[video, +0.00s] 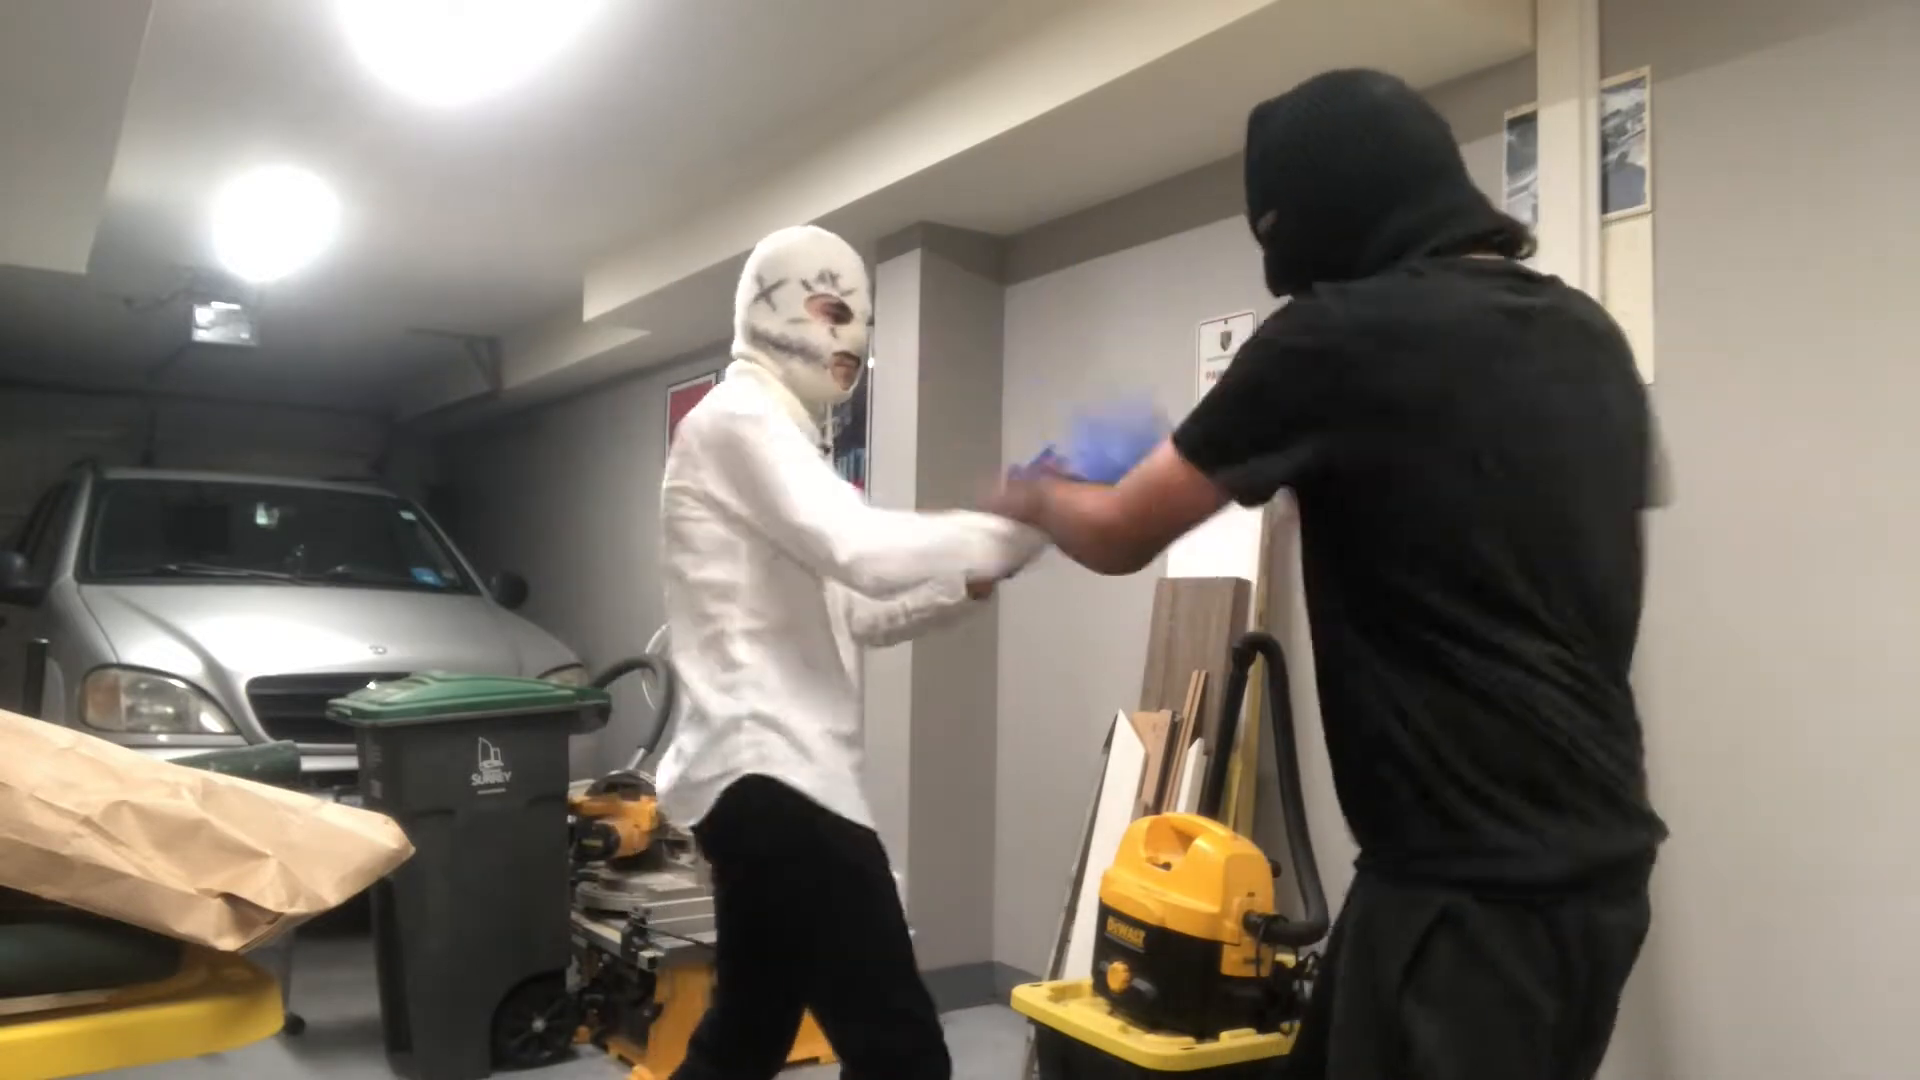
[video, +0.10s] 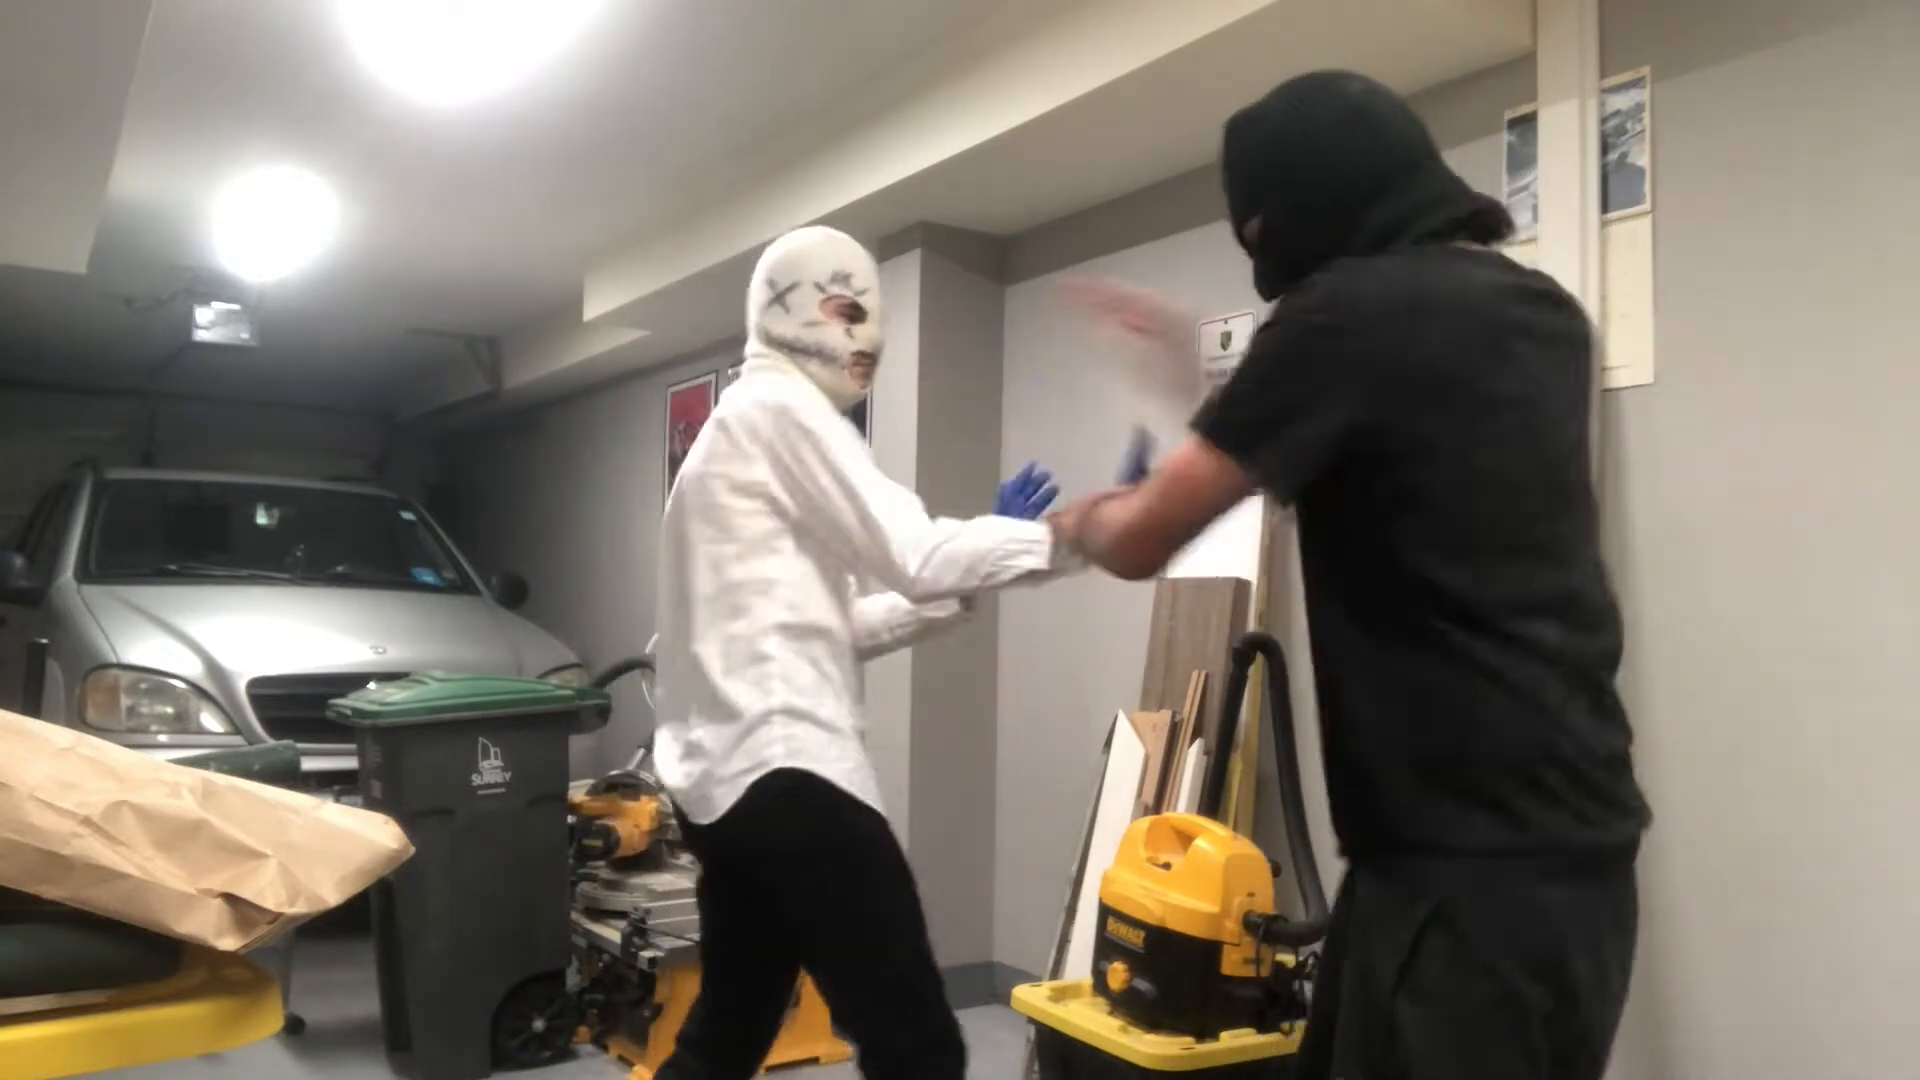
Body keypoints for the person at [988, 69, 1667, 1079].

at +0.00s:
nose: (1268, 248)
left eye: (1269, 219)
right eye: (1263, 221)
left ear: (1310, 207)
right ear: (1431, 173)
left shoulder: (1331, 337)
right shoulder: (1584, 329)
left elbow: (1115, 533)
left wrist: (1040, 495)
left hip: (1449, 894)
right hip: (1599, 883)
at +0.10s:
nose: (1251, 251)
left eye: (1251, 226)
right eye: (1246, 230)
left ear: (1295, 207)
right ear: (1399, 169)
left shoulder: (1340, 318)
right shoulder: (1545, 310)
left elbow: (1136, 541)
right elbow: (1374, 444)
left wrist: (1087, 515)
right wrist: (1202, 369)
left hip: (1447, 877)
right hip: (1575, 865)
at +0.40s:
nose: (1163, 300)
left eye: (1170, 260)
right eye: (1151, 268)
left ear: (1246, 224)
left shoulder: (1471, 339)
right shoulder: (1258, 378)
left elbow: (1472, 612)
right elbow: (1249, 584)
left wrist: (1207, 492)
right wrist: (1215, 713)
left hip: (1465, 867)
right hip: (1283, 839)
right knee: (1156, 1054)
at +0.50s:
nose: (1119, 317)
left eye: (1123, 277)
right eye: (1106, 286)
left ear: (1199, 241)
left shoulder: (1415, 360)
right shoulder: (1218, 385)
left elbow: (1443, 681)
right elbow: (1225, 644)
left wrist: (1205, 535)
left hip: (1393, 911)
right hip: (1204, 883)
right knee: (1107, 1060)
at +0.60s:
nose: (1092, 309)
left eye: (1100, 271)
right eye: (1080, 280)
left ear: (1180, 237)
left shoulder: (1386, 379)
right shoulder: (1181, 389)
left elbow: (1488, 673)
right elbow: (1177, 654)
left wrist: (1263, 572)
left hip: (1297, 908)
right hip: (1109, 885)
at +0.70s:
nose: (1099, 304)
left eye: (1108, 266)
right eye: (1089, 274)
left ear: (1187, 233)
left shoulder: (1370, 383)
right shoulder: (1177, 389)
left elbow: (1495, 671)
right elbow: (1146, 629)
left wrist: (1259, 569)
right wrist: (1032, 729)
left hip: (1212, 893)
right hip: (1036, 868)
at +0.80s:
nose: (1103, 297)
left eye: (1111, 260)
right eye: (1096, 267)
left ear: (1192, 227)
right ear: (1198, 232)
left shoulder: (1356, 381)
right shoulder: (1177, 374)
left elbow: (1387, 683)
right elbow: (1155, 628)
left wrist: (1158, 540)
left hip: (1199, 884)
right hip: (1006, 846)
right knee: (952, 1060)